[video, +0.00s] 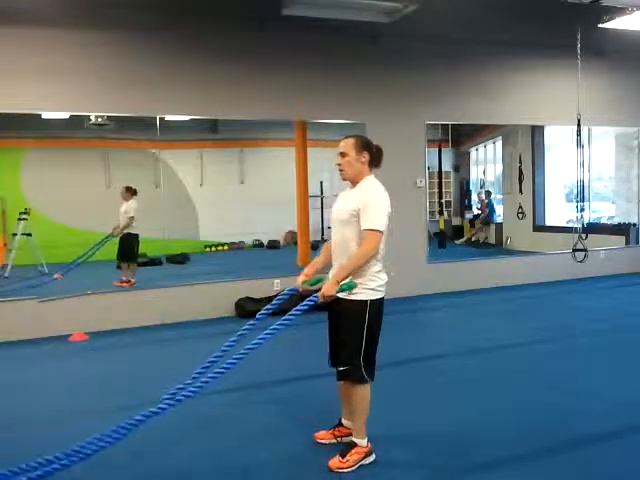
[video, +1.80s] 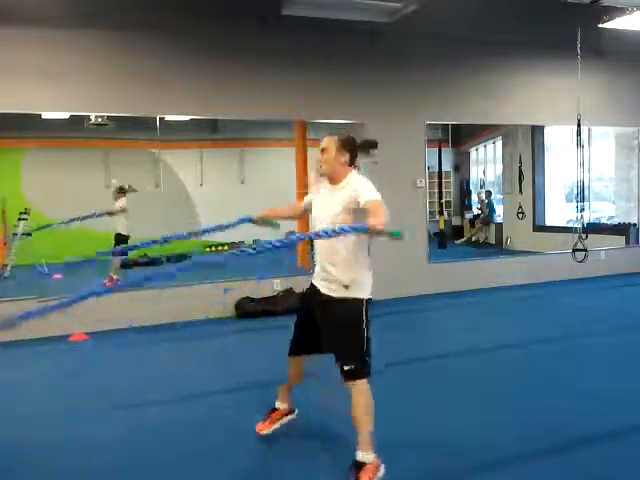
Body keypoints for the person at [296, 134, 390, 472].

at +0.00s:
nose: (338, 161)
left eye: (343, 155)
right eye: (338, 156)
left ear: (364, 159)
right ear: (351, 160)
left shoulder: (373, 193)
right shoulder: (348, 193)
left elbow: (370, 247)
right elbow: (339, 241)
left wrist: (336, 278)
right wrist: (313, 267)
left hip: (364, 295)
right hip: (342, 292)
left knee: (357, 369)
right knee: (343, 366)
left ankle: (361, 443)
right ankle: (349, 426)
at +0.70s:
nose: (351, 163)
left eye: (358, 157)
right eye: (353, 158)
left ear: (377, 166)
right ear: (367, 166)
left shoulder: (388, 201)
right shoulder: (350, 200)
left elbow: (379, 245)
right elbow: (328, 229)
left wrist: (341, 252)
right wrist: (308, 242)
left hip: (371, 299)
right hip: (344, 292)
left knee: (353, 370)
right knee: (328, 362)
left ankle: (359, 441)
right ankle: (342, 425)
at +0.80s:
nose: (355, 151)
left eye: (362, 145)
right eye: (355, 146)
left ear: (383, 151)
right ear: (361, 153)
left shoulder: (396, 179)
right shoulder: (354, 183)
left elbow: (395, 194)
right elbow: (322, 191)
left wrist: (359, 200)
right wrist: (296, 200)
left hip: (376, 282)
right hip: (348, 277)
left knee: (365, 357)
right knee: (329, 346)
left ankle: (373, 438)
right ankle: (334, 410)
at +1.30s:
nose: (333, 150)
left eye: (339, 144)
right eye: (334, 144)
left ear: (358, 148)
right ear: (347, 149)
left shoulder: (374, 181)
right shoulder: (336, 182)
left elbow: (376, 204)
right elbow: (320, 211)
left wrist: (340, 209)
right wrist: (283, 213)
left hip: (357, 276)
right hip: (328, 271)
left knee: (338, 354)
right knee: (307, 344)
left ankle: (339, 436)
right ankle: (310, 414)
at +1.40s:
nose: (333, 160)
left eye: (339, 154)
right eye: (334, 154)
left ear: (358, 160)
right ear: (348, 159)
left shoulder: (370, 195)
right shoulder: (335, 189)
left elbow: (346, 234)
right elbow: (316, 222)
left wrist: (302, 242)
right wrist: (281, 221)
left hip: (350, 291)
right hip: (325, 283)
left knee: (317, 367)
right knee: (299, 359)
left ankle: (312, 443)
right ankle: (303, 433)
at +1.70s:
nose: (333, 146)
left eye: (340, 141)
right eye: (333, 141)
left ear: (359, 149)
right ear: (339, 149)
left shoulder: (369, 177)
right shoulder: (328, 179)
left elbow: (377, 209)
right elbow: (294, 194)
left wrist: (332, 220)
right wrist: (255, 196)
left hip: (348, 284)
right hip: (318, 277)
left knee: (339, 363)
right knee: (302, 347)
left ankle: (338, 443)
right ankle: (295, 412)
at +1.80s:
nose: (319, 157)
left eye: (325, 151)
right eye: (320, 151)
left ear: (345, 157)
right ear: (328, 158)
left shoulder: (362, 188)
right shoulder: (321, 187)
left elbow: (377, 219)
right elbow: (298, 209)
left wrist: (367, 224)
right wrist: (265, 216)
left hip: (351, 295)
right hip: (319, 289)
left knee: (355, 377)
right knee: (296, 351)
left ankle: (367, 458)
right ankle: (283, 407)